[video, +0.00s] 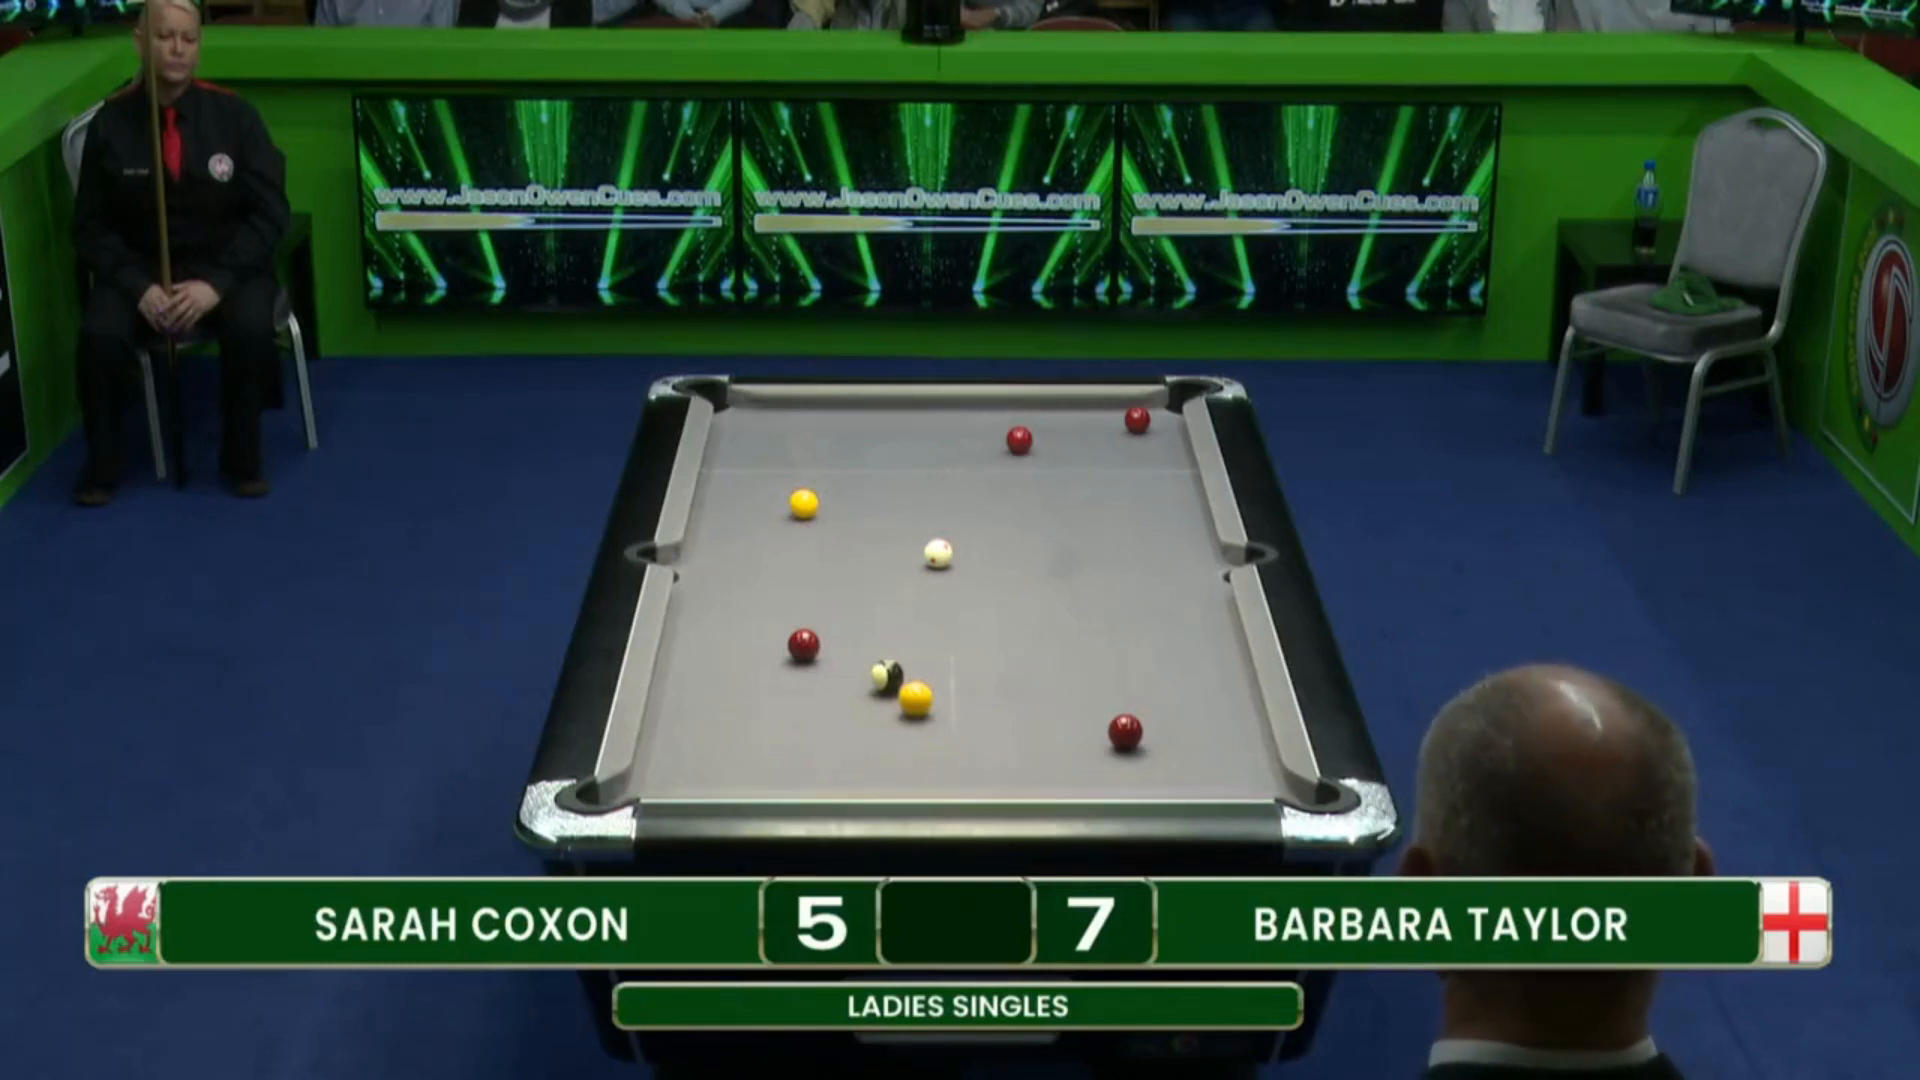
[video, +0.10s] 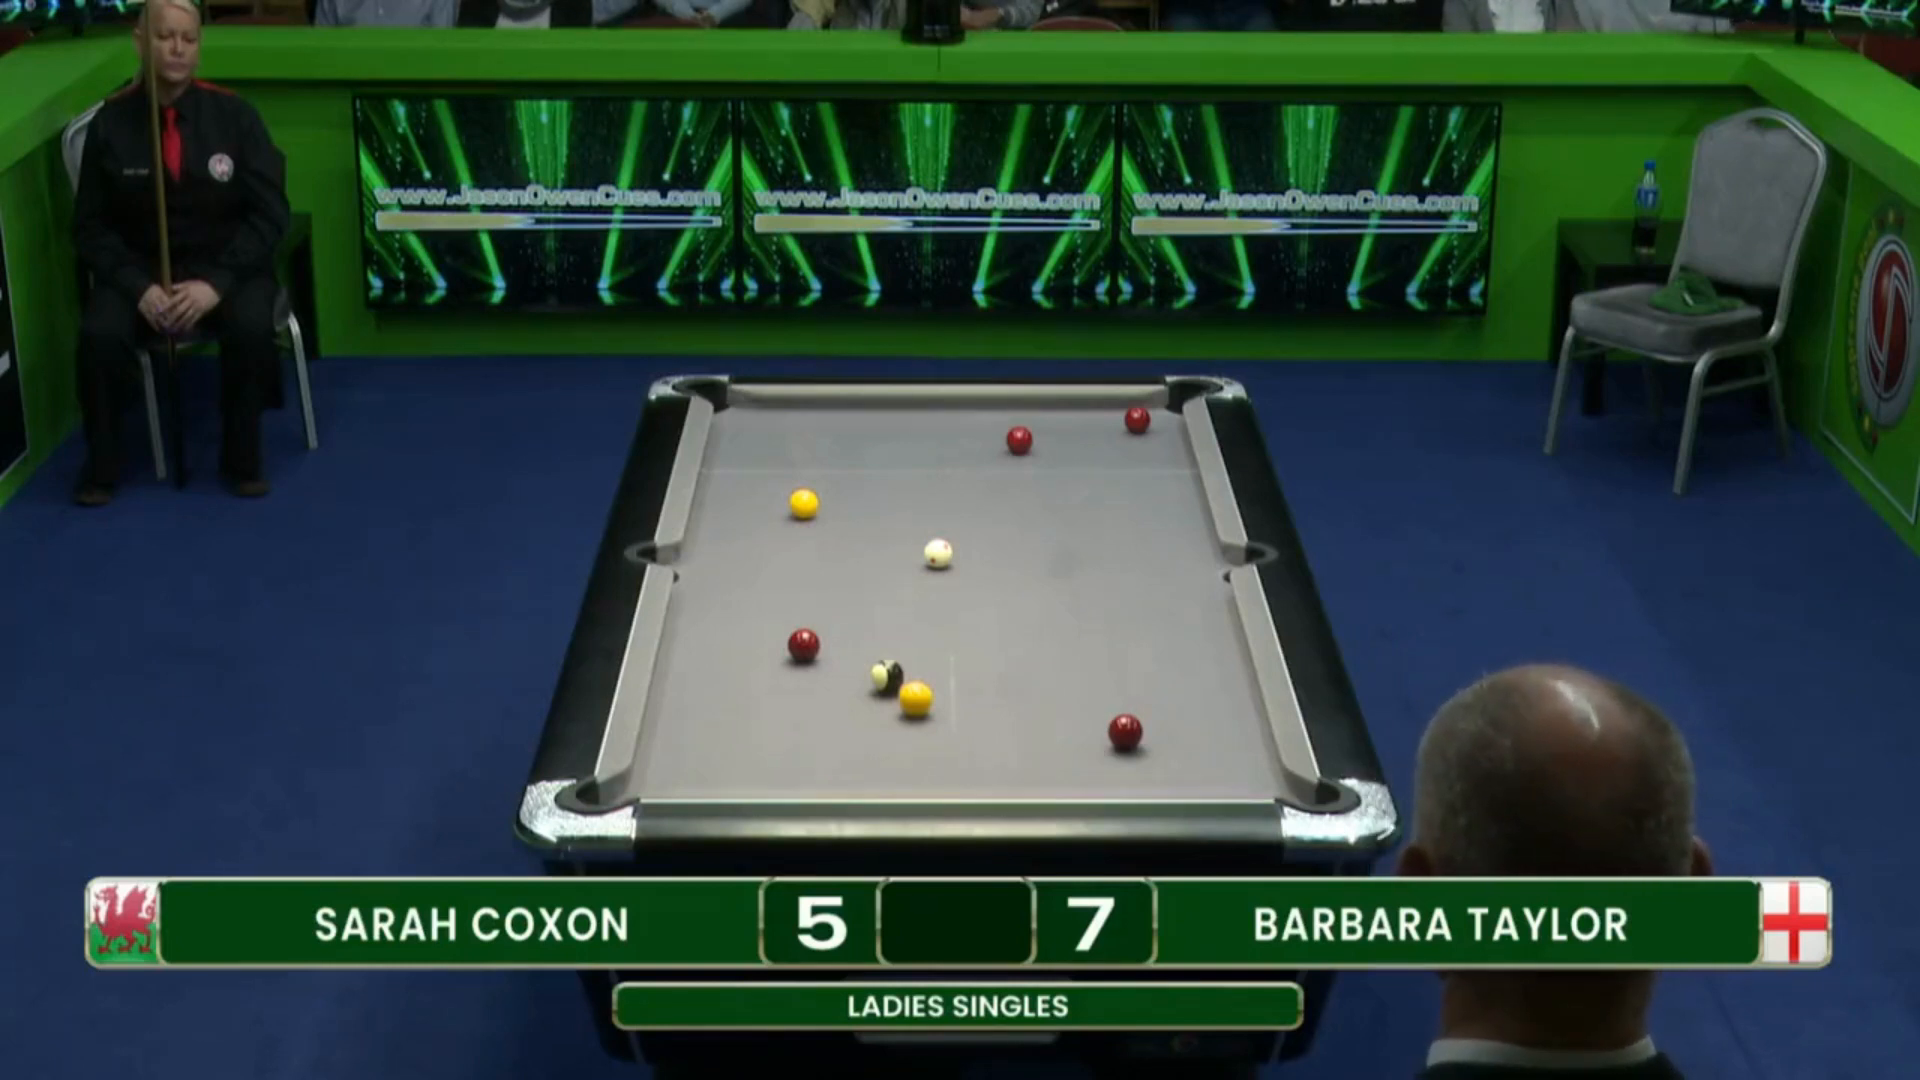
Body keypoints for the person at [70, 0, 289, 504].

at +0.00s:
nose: (178, 49)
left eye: (188, 38)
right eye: (165, 37)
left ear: (199, 44)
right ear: (141, 41)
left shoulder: (235, 115)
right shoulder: (111, 122)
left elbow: (269, 214)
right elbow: (90, 226)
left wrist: (213, 283)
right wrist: (140, 287)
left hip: (221, 267)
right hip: (138, 274)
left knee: (249, 329)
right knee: (101, 335)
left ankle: (243, 461)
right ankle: (102, 467)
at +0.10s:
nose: (178, 49)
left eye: (188, 38)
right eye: (165, 37)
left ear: (199, 45)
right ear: (141, 42)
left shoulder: (235, 115)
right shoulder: (111, 122)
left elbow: (269, 214)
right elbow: (90, 226)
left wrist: (214, 283)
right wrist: (140, 287)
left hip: (221, 267)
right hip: (138, 274)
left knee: (249, 329)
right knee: (100, 335)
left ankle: (244, 462)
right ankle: (102, 467)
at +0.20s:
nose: (178, 49)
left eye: (189, 38)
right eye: (165, 37)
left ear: (199, 44)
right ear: (141, 41)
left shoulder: (235, 115)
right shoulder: (111, 122)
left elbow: (269, 214)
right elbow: (90, 226)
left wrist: (213, 283)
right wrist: (140, 287)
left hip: (221, 267)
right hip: (138, 274)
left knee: (249, 329)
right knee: (101, 335)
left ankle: (244, 461)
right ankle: (102, 467)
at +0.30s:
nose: (179, 49)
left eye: (189, 38)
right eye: (166, 37)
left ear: (199, 44)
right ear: (141, 42)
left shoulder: (235, 115)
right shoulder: (111, 121)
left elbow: (269, 214)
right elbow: (90, 226)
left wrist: (214, 283)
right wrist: (140, 287)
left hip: (221, 267)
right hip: (138, 274)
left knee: (249, 329)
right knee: (100, 335)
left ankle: (244, 461)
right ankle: (102, 467)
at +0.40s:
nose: (179, 49)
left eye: (189, 38)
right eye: (166, 37)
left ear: (199, 45)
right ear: (141, 42)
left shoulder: (235, 115)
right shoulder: (111, 121)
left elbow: (269, 214)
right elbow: (90, 226)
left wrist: (214, 283)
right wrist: (140, 287)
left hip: (221, 267)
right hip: (138, 274)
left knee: (249, 329)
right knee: (100, 335)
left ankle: (244, 462)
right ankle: (101, 467)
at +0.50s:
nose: (179, 49)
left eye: (189, 38)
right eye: (166, 37)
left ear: (199, 45)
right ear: (141, 42)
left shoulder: (235, 115)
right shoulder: (111, 121)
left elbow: (269, 214)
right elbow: (90, 226)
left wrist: (213, 283)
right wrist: (140, 287)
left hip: (221, 267)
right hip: (138, 274)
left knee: (249, 329)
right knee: (101, 335)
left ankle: (244, 462)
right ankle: (101, 467)